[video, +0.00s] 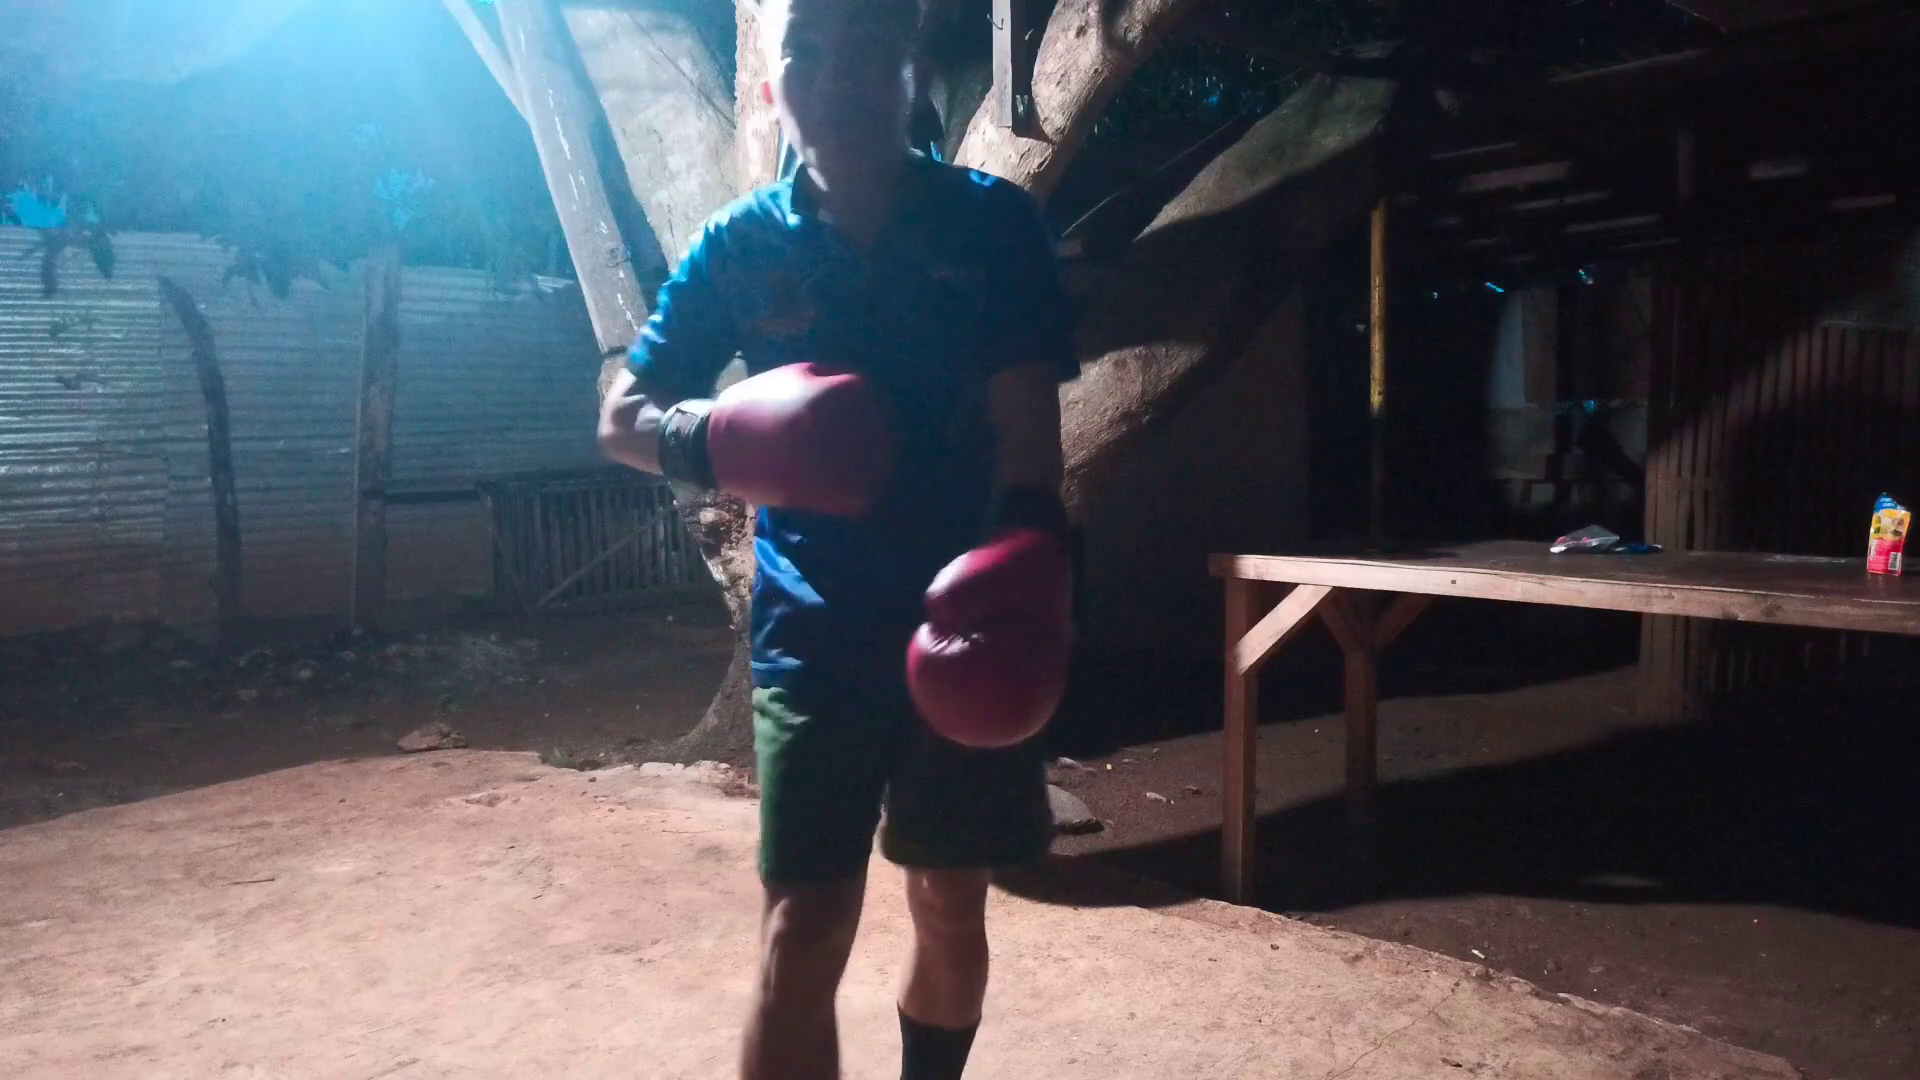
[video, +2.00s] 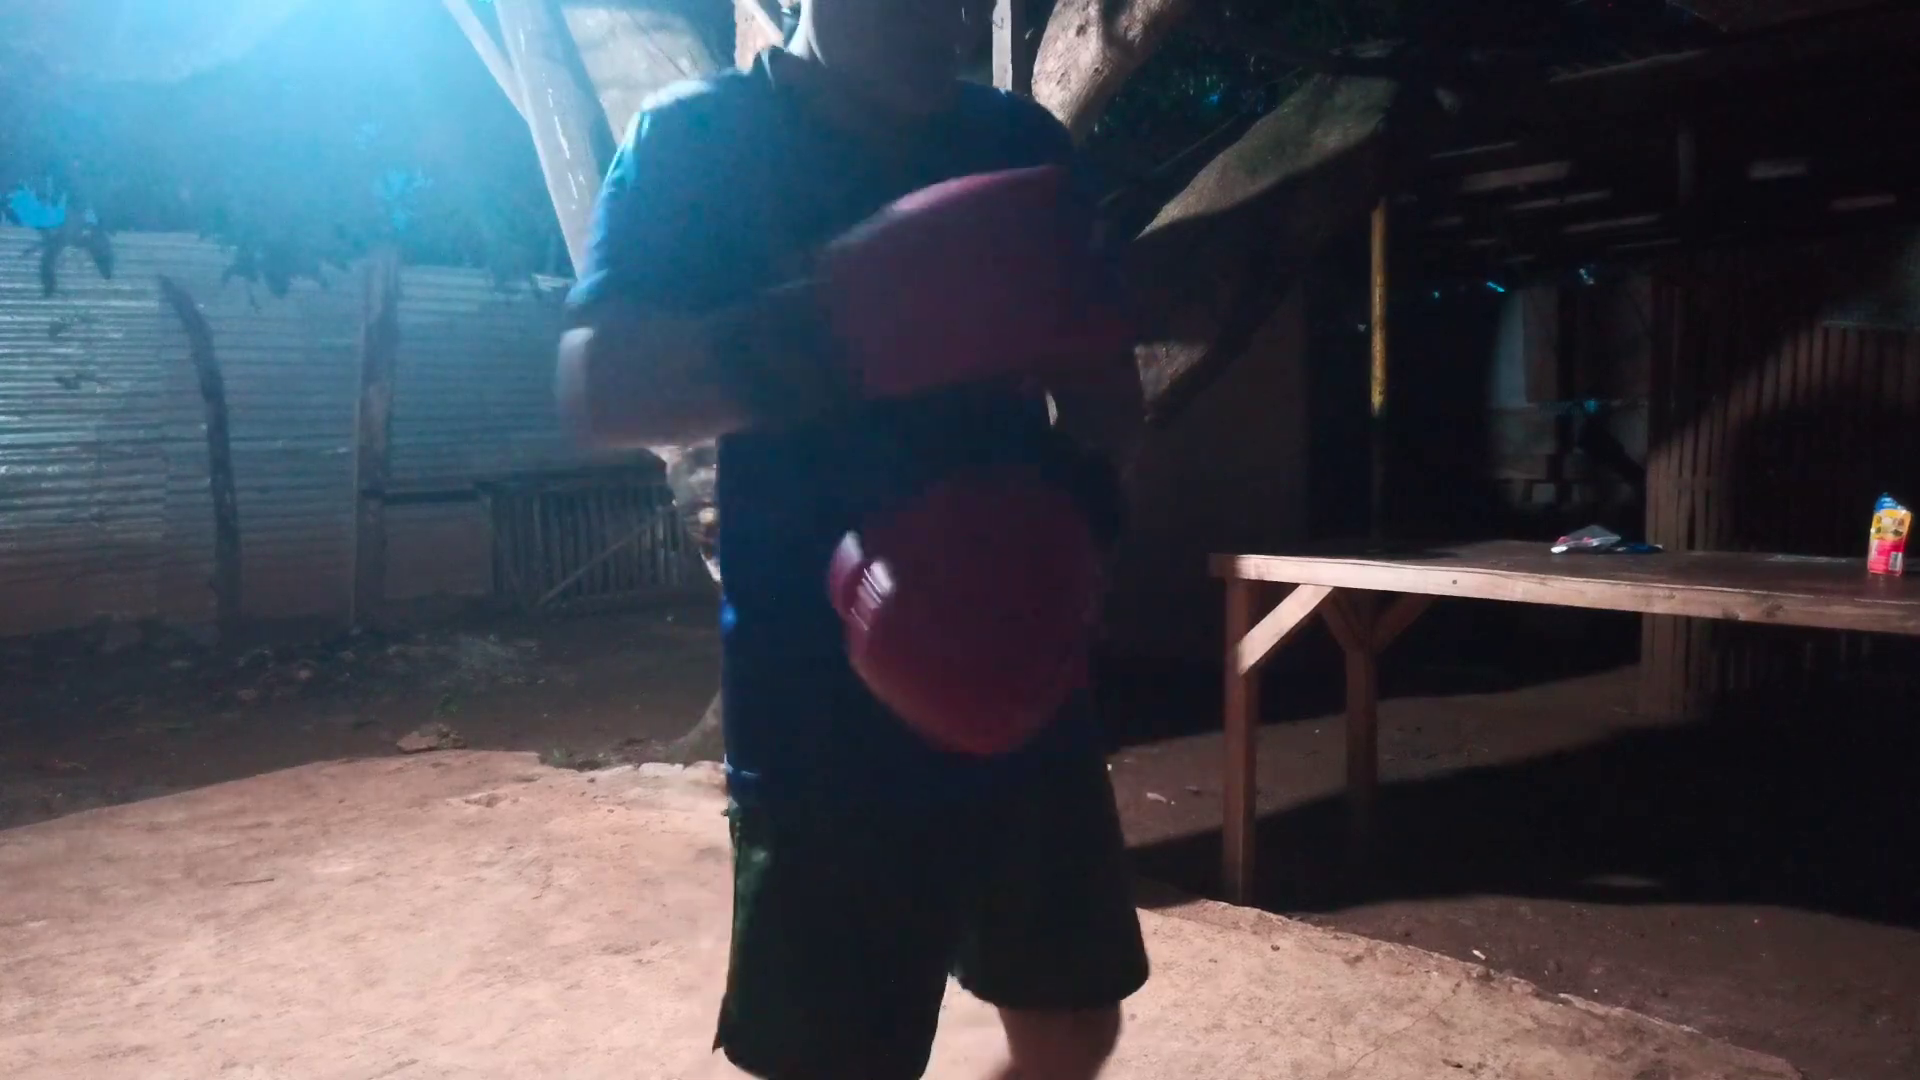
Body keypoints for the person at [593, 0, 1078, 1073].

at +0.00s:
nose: (829, 84)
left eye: (858, 58)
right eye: (804, 59)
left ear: (909, 77)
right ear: (773, 85)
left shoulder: (993, 227)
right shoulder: (740, 246)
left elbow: (1028, 432)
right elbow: (621, 418)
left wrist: (1022, 567)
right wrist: (724, 438)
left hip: (964, 621)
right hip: (813, 630)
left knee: (951, 910)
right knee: (806, 927)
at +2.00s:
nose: (951, 12)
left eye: (966, 3)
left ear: (979, 6)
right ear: (815, 2)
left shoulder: (1018, 141)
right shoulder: (702, 135)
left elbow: (1106, 394)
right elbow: (599, 390)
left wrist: (1057, 533)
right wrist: (849, 317)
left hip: (1025, 678)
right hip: (817, 702)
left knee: (1070, 1030)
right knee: (831, 1056)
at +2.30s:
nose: (977, 9)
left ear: (1027, 7)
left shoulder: (1071, 141)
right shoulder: (748, 105)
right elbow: (778, 328)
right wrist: (1057, 333)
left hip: (1058, 688)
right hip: (853, 690)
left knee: (1074, 1026)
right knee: (849, 1054)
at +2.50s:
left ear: (1054, 3)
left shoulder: (1128, 148)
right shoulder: (816, 106)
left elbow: (1209, 383)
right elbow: (865, 315)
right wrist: (1108, 400)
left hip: (1094, 660)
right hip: (892, 659)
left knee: (1079, 979)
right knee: (905, 1032)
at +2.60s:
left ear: (1073, 1)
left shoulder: (1153, 154)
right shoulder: (847, 119)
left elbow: (1214, 383)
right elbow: (859, 347)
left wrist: (1058, 535)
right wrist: (1091, 422)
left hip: (1116, 660)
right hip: (915, 666)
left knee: (1092, 990)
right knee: (919, 1037)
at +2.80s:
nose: (1012, 5)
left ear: (1091, 6)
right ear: (930, 6)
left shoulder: (1170, 165)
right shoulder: (861, 151)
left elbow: (1247, 418)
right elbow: (738, 387)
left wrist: (1193, 595)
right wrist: (902, 382)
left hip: (1128, 651)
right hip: (941, 661)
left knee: (1088, 1010)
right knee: (952, 1040)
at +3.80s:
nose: (884, 11)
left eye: (908, 2)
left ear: (938, 11)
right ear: (770, 3)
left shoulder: (1008, 148)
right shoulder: (660, 139)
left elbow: (1147, 371)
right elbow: (467, 359)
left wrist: (1326, 357)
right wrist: (308, 391)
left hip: (992, 711)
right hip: (770, 729)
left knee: (1077, 1039)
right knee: (760, 1064)